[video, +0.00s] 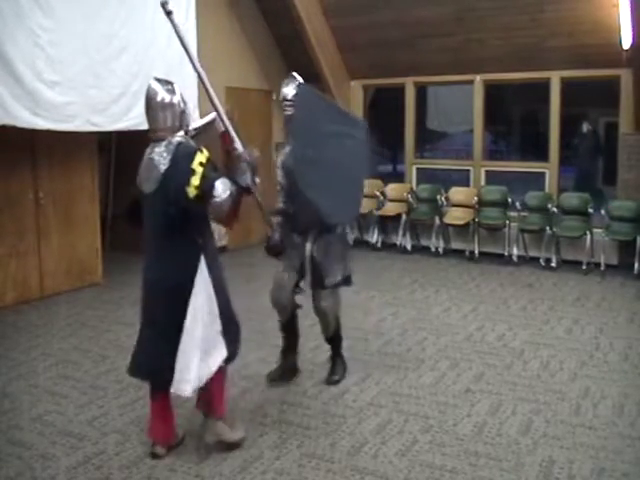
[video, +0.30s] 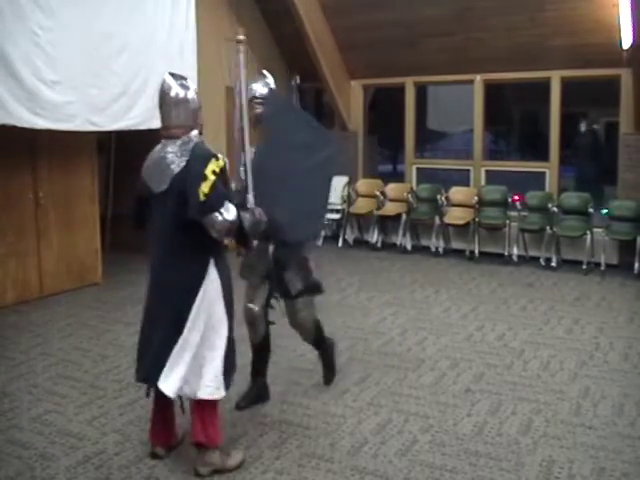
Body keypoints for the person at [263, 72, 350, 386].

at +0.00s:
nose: (288, 113)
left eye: (293, 107)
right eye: (285, 107)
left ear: (308, 111)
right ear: (282, 112)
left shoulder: (331, 150)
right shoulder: (288, 154)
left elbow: (345, 196)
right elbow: (284, 196)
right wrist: (277, 231)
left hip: (328, 232)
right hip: (295, 231)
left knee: (325, 303)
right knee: (281, 296)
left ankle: (337, 357)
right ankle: (289, 360)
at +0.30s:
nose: (256, 112)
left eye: (261, 104)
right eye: (252, 106)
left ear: (276, 108)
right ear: (253, 112)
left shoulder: (299, 151)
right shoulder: (259, 154)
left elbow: (309, 213)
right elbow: (247, 196)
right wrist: (244, 221)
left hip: (290, 243)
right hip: (259, 242)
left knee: (301, 317)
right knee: (253, 312)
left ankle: (324, 347)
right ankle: (258, 383)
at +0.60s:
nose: (234, 99)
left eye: (241, 92)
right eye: (229, 91)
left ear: (253, 97)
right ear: (218, 96)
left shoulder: (268, 139)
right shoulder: (208, 141)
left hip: (258, 239)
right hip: (213, 241)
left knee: (253, 315)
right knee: (218, 318)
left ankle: (254, 388)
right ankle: (221, 390)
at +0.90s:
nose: (218, 125)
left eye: (221, 117)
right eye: (214, 117)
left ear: (204, 123)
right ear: (226, 122)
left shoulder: (183, 166)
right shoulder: (245, 165)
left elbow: (167, 230)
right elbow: (257, 229)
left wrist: (166, 276)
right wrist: (273, 268)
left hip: (197, 278)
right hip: (233, 278)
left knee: (216, 356)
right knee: (230, 357)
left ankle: (240, 434)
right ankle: (212, 444)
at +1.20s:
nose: (245, 119)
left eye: (237, 115)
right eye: (248, 114)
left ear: (222, 119)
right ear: (256, 117)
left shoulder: (209, 163)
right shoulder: (273, 160)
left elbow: (193, 218)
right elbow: (290, 219)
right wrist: (302, 265)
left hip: (224, 267)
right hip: (263, 267)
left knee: (233, 346)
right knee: (255, 345)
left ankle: (249, 432)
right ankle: (224, 429)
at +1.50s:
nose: (277, 115)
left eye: (267, 109)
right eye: (283, 109)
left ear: (254, 112)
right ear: (289, 112)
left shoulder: (244, 160)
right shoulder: (312, 159)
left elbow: (222, 228)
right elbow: (324, 222)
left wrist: (217, 272)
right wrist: (330, 267)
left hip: (254, 268)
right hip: (295, 266)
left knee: (250, 352)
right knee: (304, 343)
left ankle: (251, 437)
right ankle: (321, 417)